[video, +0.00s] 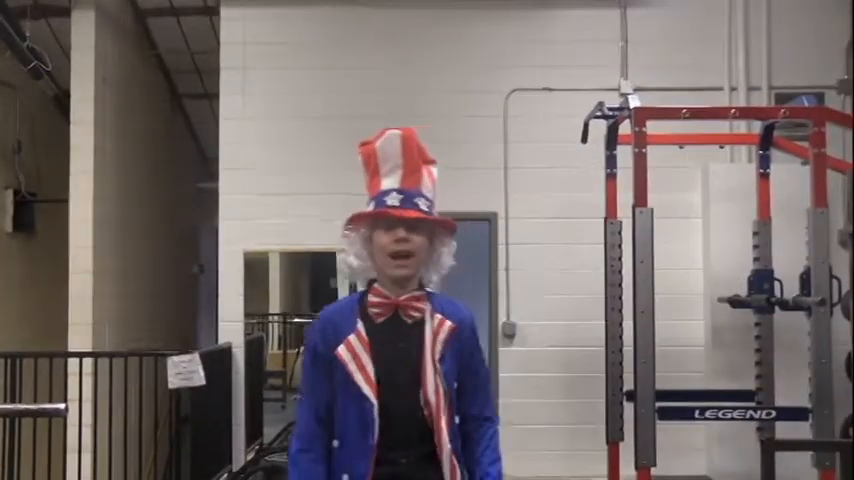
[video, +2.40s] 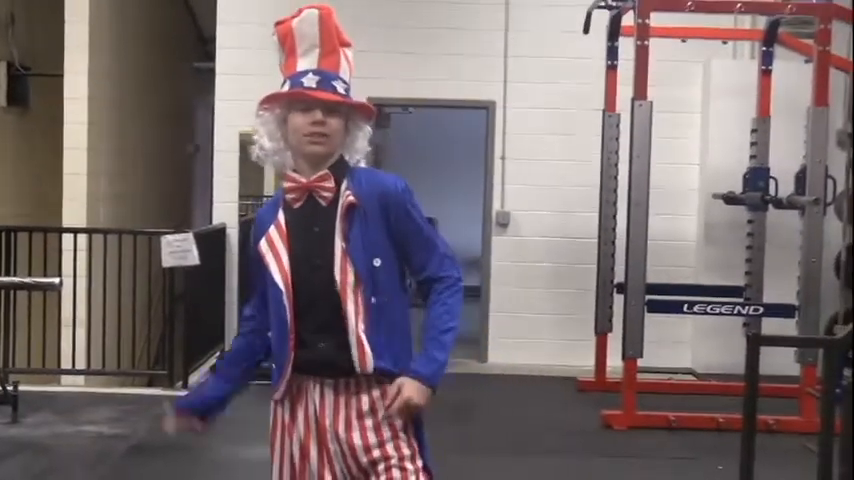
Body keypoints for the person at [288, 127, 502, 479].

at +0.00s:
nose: (401, 237)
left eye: (414, 227)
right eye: (387, 226)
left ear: (431, 242)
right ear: (367, 241)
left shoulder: (456, 321)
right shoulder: (332, 325)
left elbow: (480, 421)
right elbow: (311, 431)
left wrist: (488, 475)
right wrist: (309, 475)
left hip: (437, 472)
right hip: (362, 472)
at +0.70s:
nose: (431, 213)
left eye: (443, 203)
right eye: (416, 204)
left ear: (461, 220)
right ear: (395, 221)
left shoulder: (489, 301)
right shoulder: (364, 312)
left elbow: (526, 386)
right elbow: (341, 426)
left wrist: (537, 456)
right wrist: (333, 474)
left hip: (481, 471)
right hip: (401, 472)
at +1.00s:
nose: (428, 203)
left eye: (440, 194)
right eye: (413, 194)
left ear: (459, 211)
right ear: (392, 209)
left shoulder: (482, 287)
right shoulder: (359, 291)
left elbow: (529, 362)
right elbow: (307, 381)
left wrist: (545, 439)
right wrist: (319, 469)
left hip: (468, 469)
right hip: (384, 469)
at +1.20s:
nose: (407, 173)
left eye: (420, 164)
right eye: (393, 163)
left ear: (438, 180)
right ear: (371, 178)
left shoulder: (460, 261)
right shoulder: (333, 261)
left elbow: (505, 331)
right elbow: (286, 344)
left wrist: (510, 405)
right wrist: (290, 439)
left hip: (435, 456)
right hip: (349, 459)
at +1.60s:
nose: (370, 130)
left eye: (385, 119)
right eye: (358, 115)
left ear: (404, 133)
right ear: (337, 126)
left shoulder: (430, 214)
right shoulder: (299, 210)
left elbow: (479, 284)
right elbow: (269, 309)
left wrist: (490, 353)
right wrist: (252, 405)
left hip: (397, 408)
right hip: (314, 407)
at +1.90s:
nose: (348, 108)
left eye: (362, 99)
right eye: (335, 95)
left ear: (378, 115)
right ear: (312, 106)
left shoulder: (405, 198)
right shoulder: (274, 199)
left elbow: (449, 275)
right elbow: (254, 309)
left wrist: (441, 344)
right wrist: (249, 405)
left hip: (376, 395)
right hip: (295, 394)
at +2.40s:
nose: (318, 120)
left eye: (331, 110)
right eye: (304, 109)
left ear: (349, 126)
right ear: (283, 122)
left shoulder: (384, 195)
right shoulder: (267, 218)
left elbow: (446, 281)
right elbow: (258, 325)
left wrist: (423, 374)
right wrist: (204, 399)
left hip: (376, 405)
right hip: (297, 409)